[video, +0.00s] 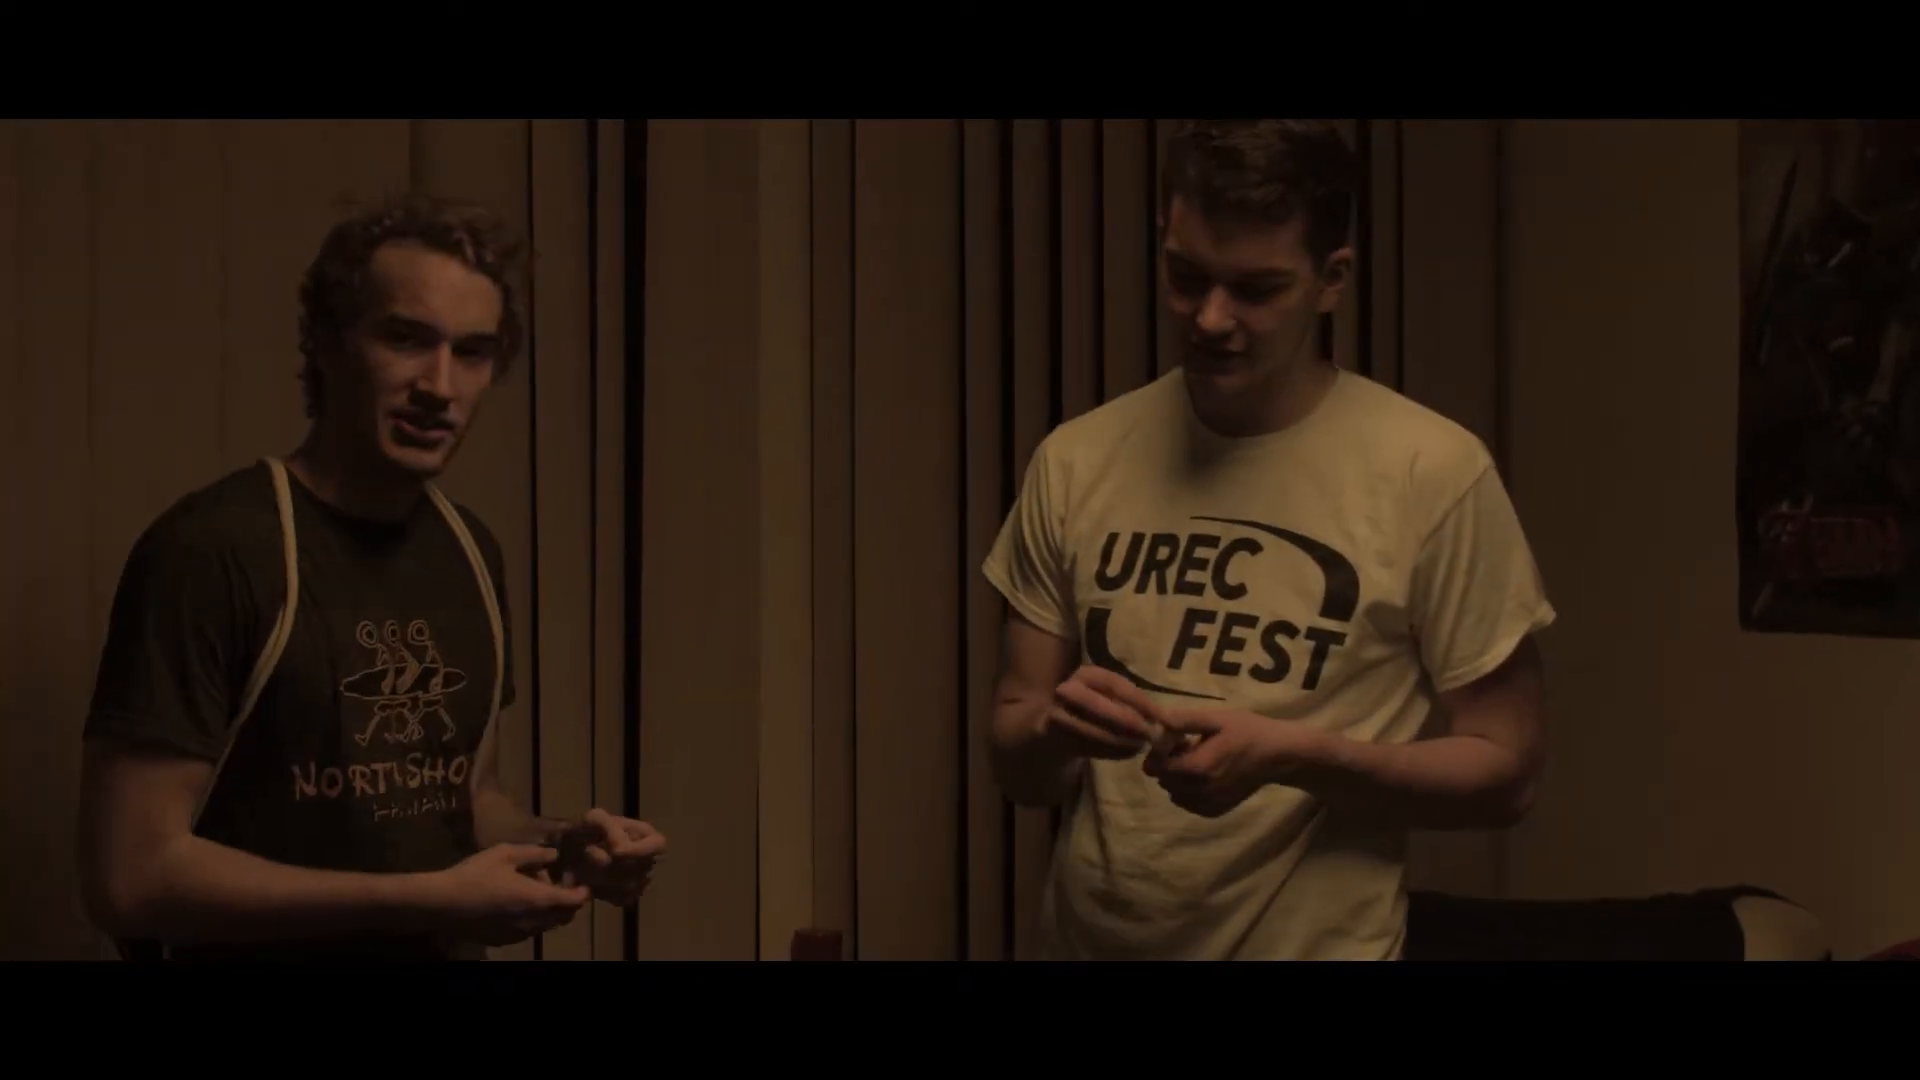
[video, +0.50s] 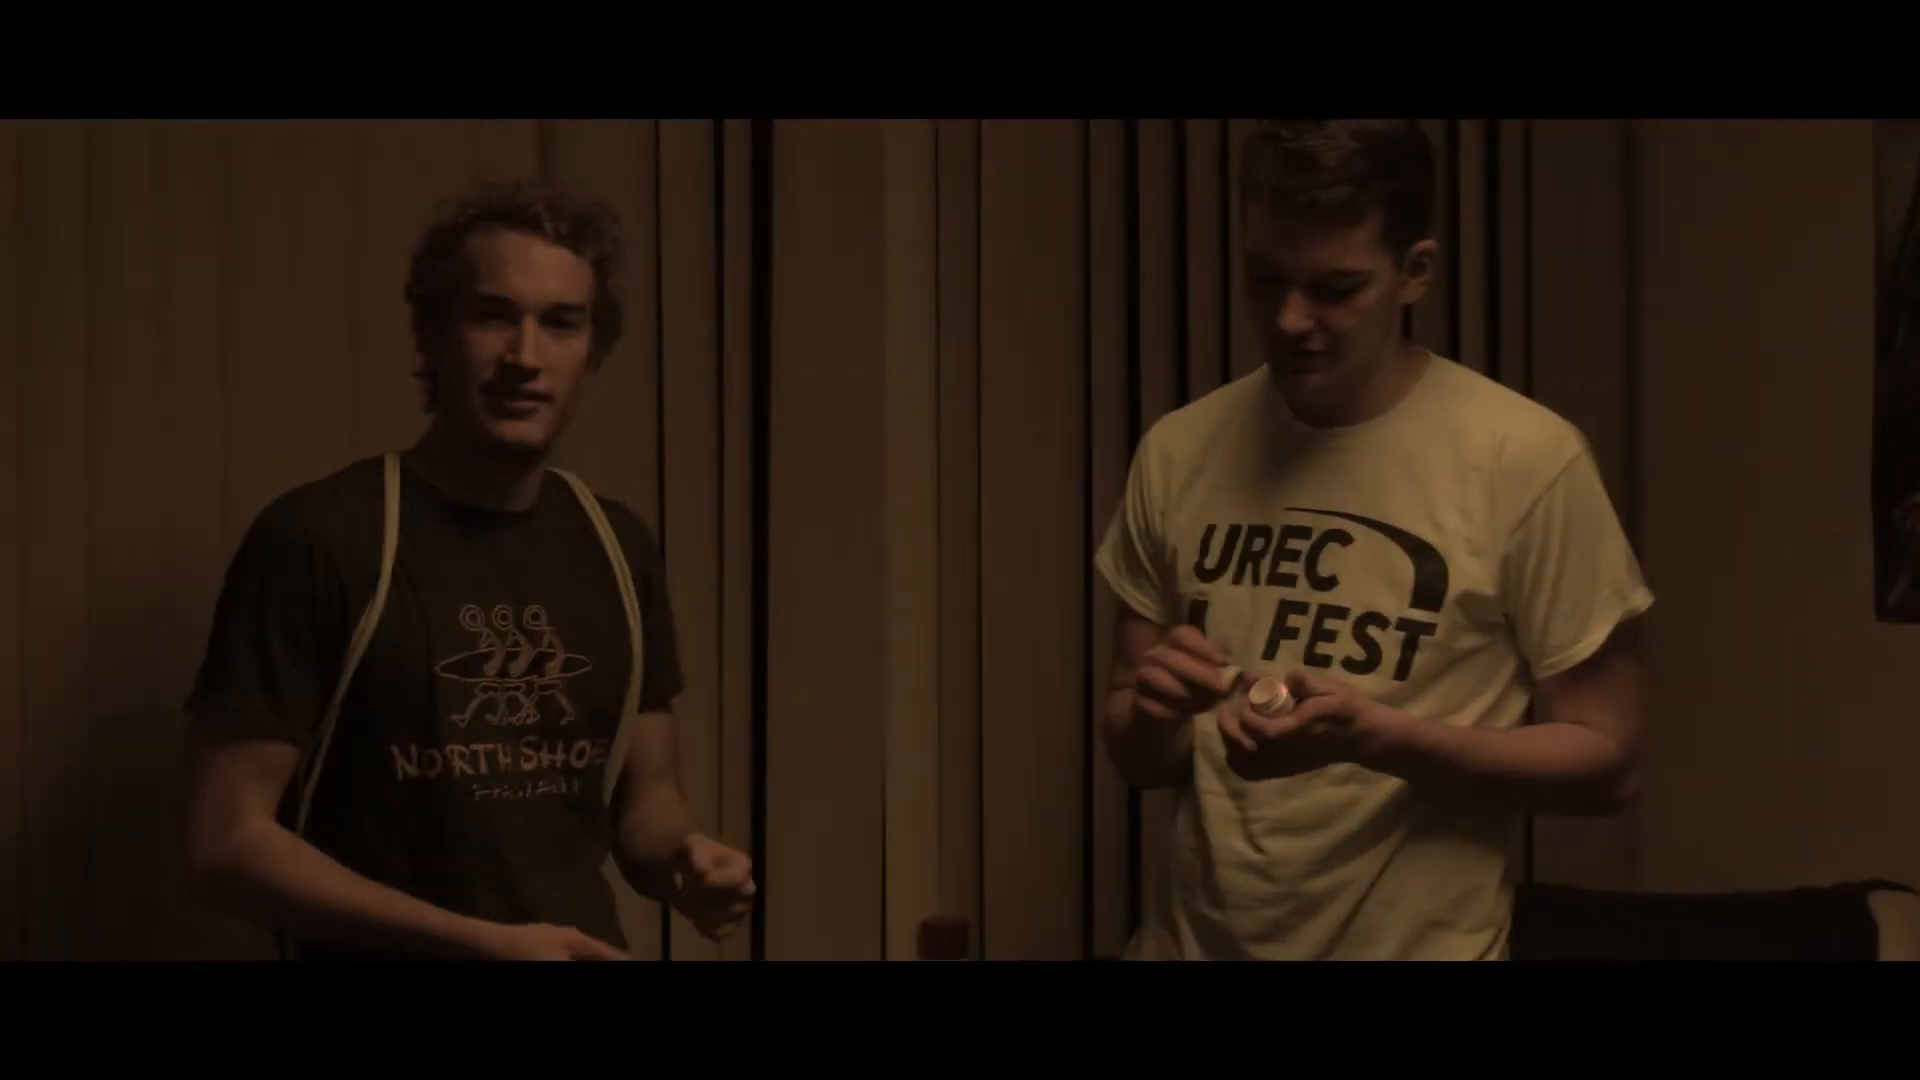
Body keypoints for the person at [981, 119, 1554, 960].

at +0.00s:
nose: (1212, 320)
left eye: (1256, 287)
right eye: (1188, 279)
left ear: (1332, 280)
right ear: (1162, 253)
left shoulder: (1434, 477)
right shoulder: (1075, 464)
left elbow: (1505, 769)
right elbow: (1016, 763)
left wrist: (1283, 749)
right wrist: (1060, 727)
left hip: (1311, 945)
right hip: (1088, 941)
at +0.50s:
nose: (1291, 320)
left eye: (1334, 288)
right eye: (1268, 280)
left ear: (1416, 274)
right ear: (1246, 261)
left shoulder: (1527, 463)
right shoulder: (1178, 453)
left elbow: (1605, 758)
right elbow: (1133, 755)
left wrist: (1377, 735)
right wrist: (1152, 709)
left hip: (1418, 943)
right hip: (1194, 941)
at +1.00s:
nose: (1292, 334)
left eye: (1334, 300)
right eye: (1269, 296)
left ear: (1416, 280)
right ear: (1246, 277)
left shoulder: (1530, 469)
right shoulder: (1183, 459)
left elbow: (1606, 771)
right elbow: (1119, 740)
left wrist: (1360, 714)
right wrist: (1196, 718)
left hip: (1419, 943)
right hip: (1192, 939)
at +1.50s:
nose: (1301, 376)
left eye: (1340, 338)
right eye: (1273, 338)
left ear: (1415, 305)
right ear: (1245, 312)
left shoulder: (1532, 494)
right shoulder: (1189, 490)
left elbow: (1606, 803)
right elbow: (1136, 786)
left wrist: (1385, 707)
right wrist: (1192, 714)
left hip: (1426, 946)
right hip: (1204, 943)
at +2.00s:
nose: (1304, 385)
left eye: (1341, 343)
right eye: (1270, 347)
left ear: (1408, 312)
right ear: (1239, 325)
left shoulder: (1519, 505)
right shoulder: (1182, 506)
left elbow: (1603, 814)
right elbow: (1140, 811)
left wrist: (1383, 715)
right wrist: (1184, 731)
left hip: (1421, 946)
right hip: (1203, 946)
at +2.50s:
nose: (1290, 371)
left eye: (1330, 334)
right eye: (1262, 333)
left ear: (1404, 309)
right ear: (1237, 311)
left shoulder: (1516, 497)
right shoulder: (1173, 501)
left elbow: (1597, 807)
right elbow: (1111, 811)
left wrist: (1385, 700)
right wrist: (1156, 710)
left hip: (1421, 946)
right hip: (1199, 944)